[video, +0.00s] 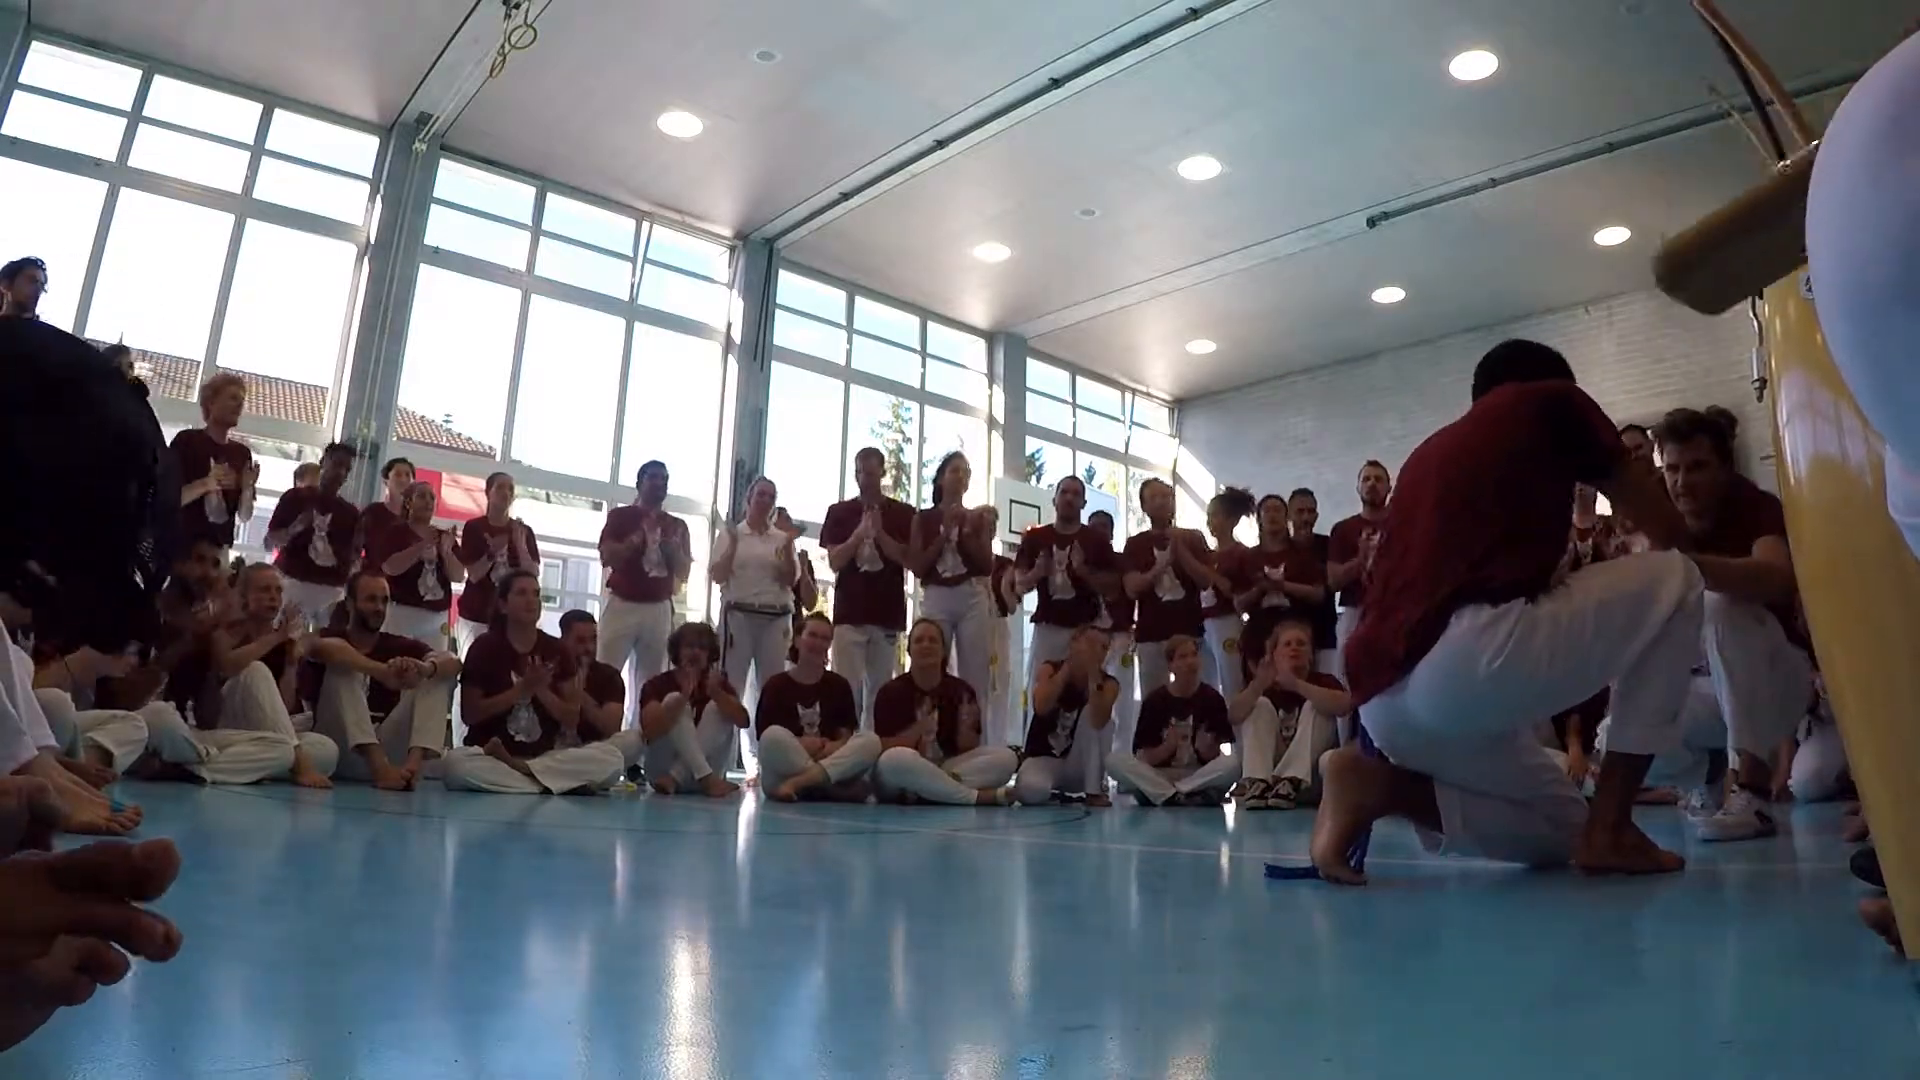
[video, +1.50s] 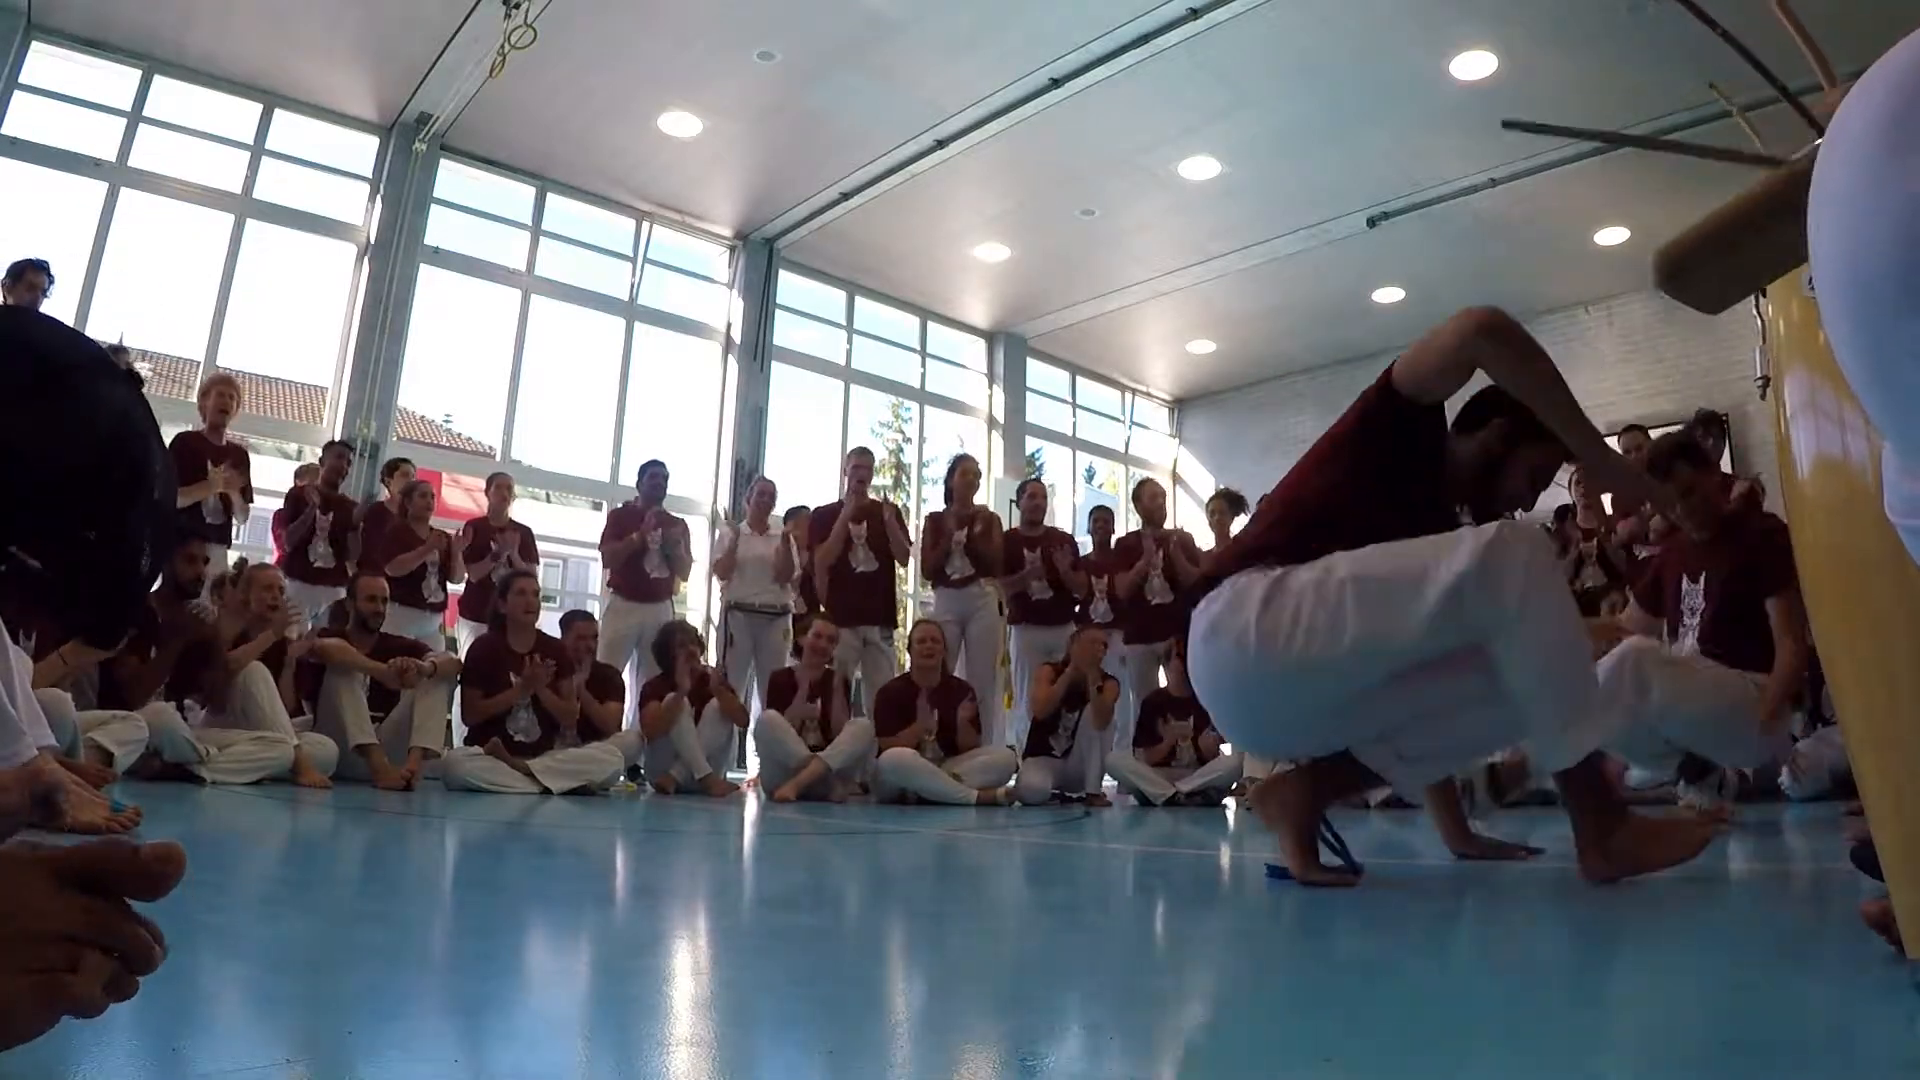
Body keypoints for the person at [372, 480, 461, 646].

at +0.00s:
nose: (428, 502)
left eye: (432, 497)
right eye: (422, 496)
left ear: (435, 503)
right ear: (408, 502)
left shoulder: (444, 537)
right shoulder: (397, 532)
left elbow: (459, 576)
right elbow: (389, 568)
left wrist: (447, 552)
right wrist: (419, 549)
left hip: (437, 613)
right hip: (402, 610)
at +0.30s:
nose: (430, 501)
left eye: (432, 497)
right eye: (423, 496)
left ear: (436, 503)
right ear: (409, 503)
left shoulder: (444, 537)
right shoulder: (396, 532)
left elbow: (458, 577)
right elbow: (390, 568)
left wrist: (455, 549)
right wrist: (425, 544)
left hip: (437, 614)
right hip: (402, 610)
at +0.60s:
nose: (430, 502)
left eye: (432, 498)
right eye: (423, 497)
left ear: (436, 503)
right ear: (409, 503)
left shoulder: (445, 538)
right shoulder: (397, 532)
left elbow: (458, 576)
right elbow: (394, 568)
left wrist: (447, 551)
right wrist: (430, 546)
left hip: (436, 614)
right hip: (402, 611)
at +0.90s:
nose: (429, 502)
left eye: (432, 498)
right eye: (423, 497)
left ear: (436, 503)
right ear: (408, 503)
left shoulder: (443, 537)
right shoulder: (397, 532)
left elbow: (458, 577)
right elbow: (395, 568)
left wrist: (445, 551)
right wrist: (432, 548)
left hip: (435, 614)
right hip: (402, 611)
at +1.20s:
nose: (429, 502)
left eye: (432, 497)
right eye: (422, 496)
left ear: (435, 502)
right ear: (407, 502)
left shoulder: (440, 536)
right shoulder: (397, 531)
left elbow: (457, 576)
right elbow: (395, 569)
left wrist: (443, 554)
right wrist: (431, 550)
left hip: (434, 614)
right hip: (401, 610)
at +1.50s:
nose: (429, 502)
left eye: (432, 497)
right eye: (423, 496)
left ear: (436, 502)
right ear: (407, 501)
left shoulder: (441, 537)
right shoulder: (397, 532)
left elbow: (456, 579)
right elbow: (392, 569)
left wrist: (457, 551)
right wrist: (427, 548)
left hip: (434, 614)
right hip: (401, 610)